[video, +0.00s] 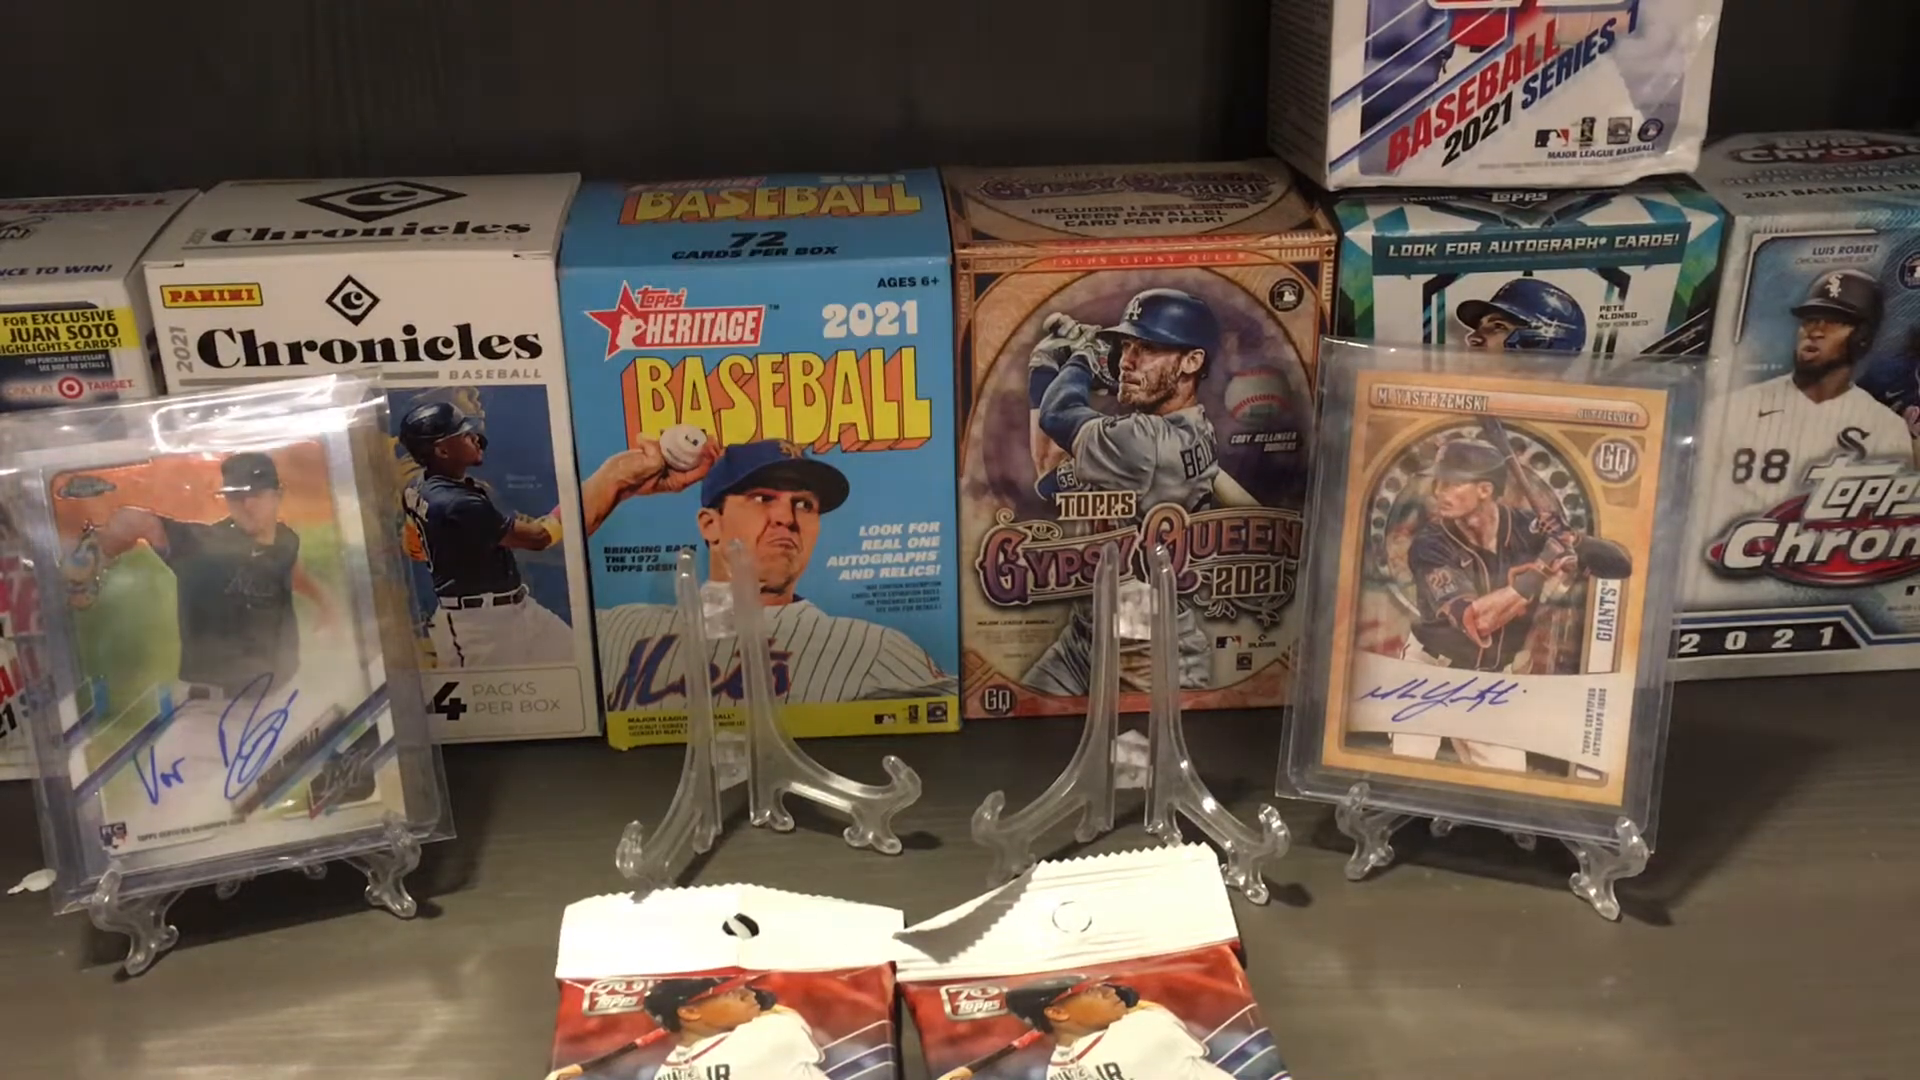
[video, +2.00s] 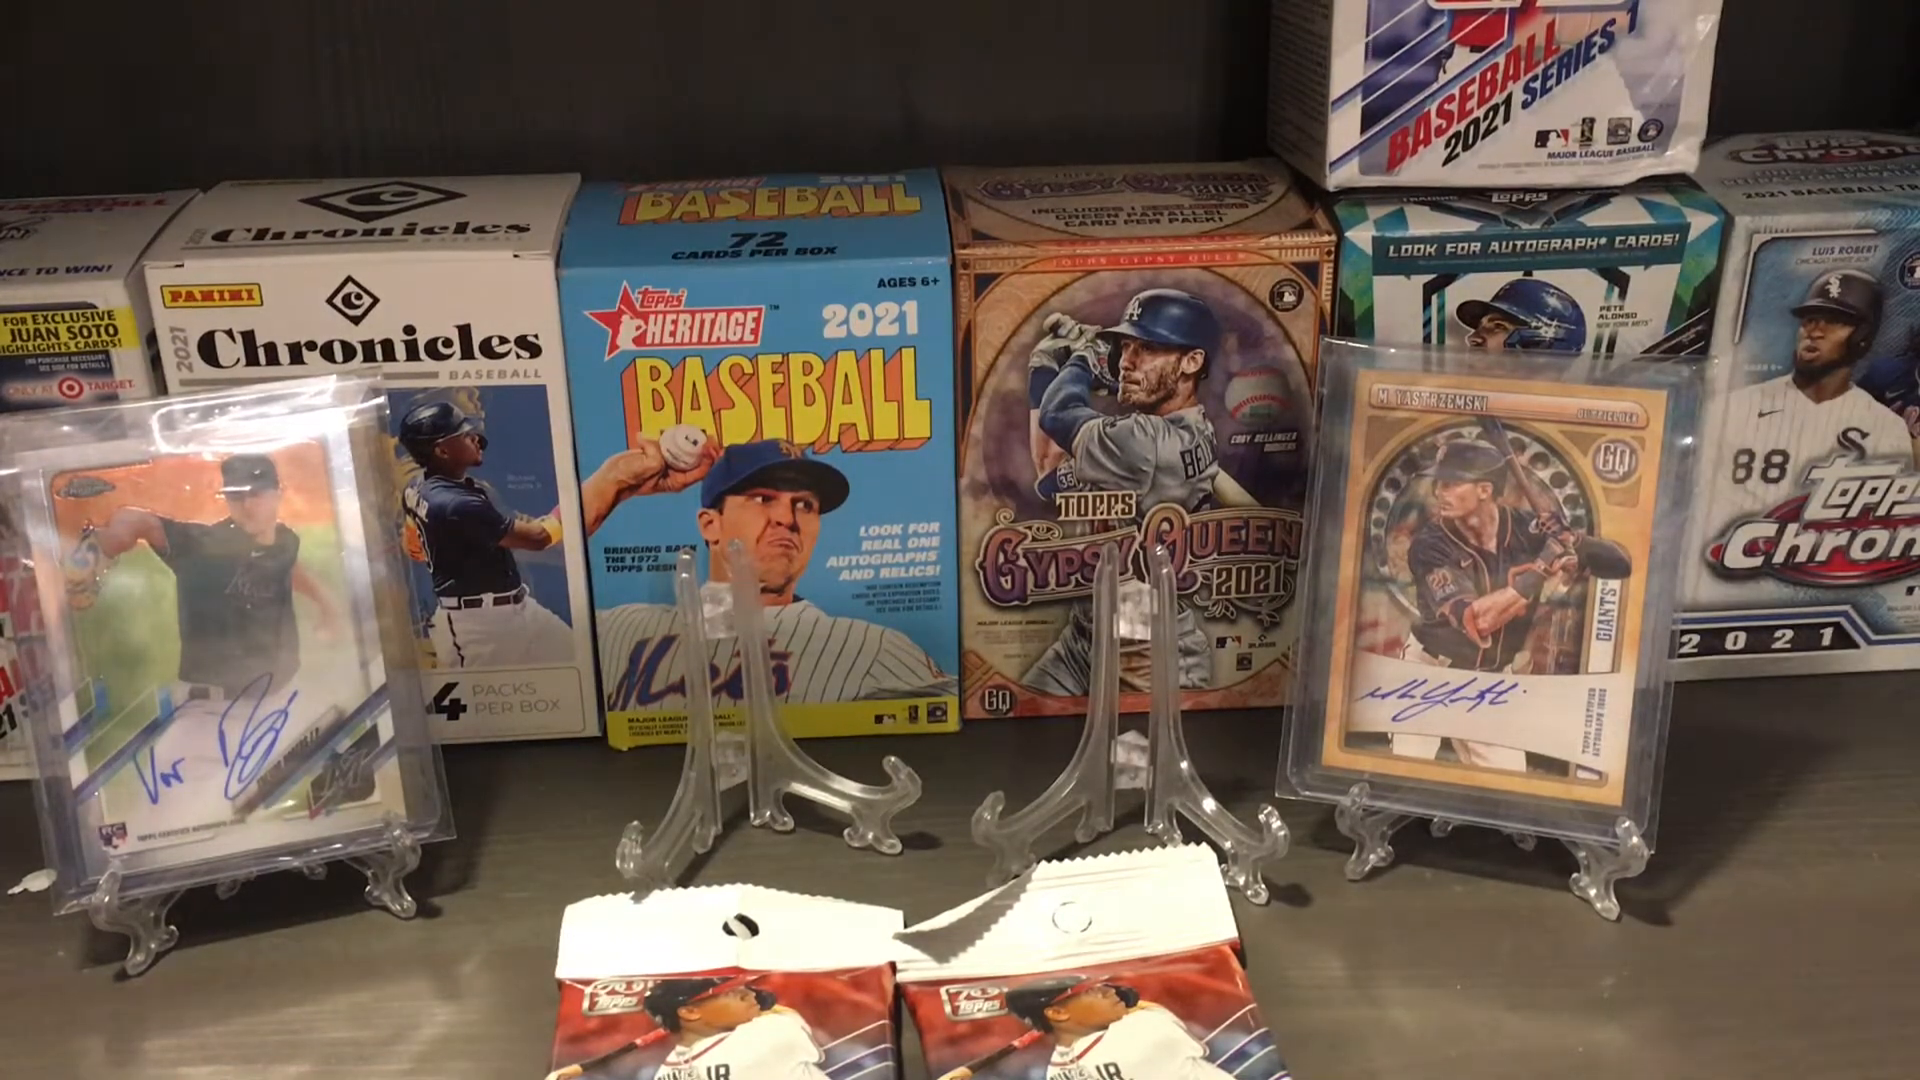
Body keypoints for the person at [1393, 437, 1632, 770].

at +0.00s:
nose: (1439, 492)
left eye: (1452, 485)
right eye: (1438, 483)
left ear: (1484, 491)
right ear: (1434, 484)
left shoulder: (1527, 528)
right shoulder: (1430, 541)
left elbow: (1621, 564)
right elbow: (1473, 622)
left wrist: (1572, 546)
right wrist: (1538, 572)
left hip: (1496, 676)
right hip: (1430, 668)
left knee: (1509, 787)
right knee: (1412, 769)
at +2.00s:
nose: (1439, 492)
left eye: (1451, 484)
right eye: (1439, 483)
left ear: (1484, 491)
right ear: (1436, 486)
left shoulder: (1527, 528)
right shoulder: (1430, 541)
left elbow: (1622, 564)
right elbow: (1471, 621)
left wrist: (1574, 548)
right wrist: (1537, 572)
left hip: (1494, 677)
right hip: (1428, 669)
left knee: (1509, 789)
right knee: (1412, 772)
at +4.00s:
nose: (1439, 492)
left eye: (1451, 484)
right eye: (1439, 484)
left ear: (1484, 491)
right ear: (1435, 487)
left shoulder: (1526, 528)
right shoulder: (1430, 542)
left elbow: (1622, 564)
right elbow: (1475, 623)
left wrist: (1577, 551)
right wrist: (1539, 571)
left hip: (1495, 677)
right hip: (1429, 670)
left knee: (1509, 792)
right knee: (1410, 775)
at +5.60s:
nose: (1439, 492)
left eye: (1451, 484)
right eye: (1439, 483)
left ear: (1484, 490)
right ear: (1436, 486)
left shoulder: (1527, 528)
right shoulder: (1430, 540)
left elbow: (1622, 562)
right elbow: (1474, 622)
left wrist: (1574, 552)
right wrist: (1540, 569)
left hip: (1495, 676)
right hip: (1429, 668)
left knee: (1508, 788)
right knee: (1411, 772)